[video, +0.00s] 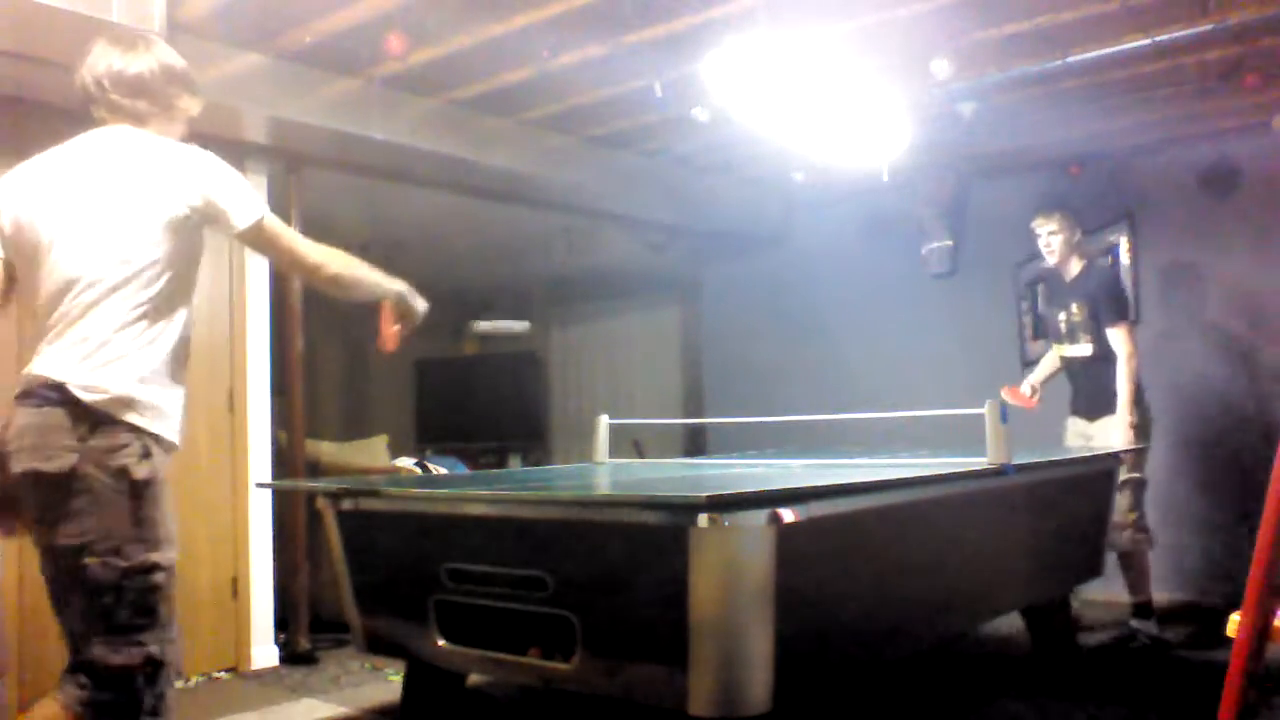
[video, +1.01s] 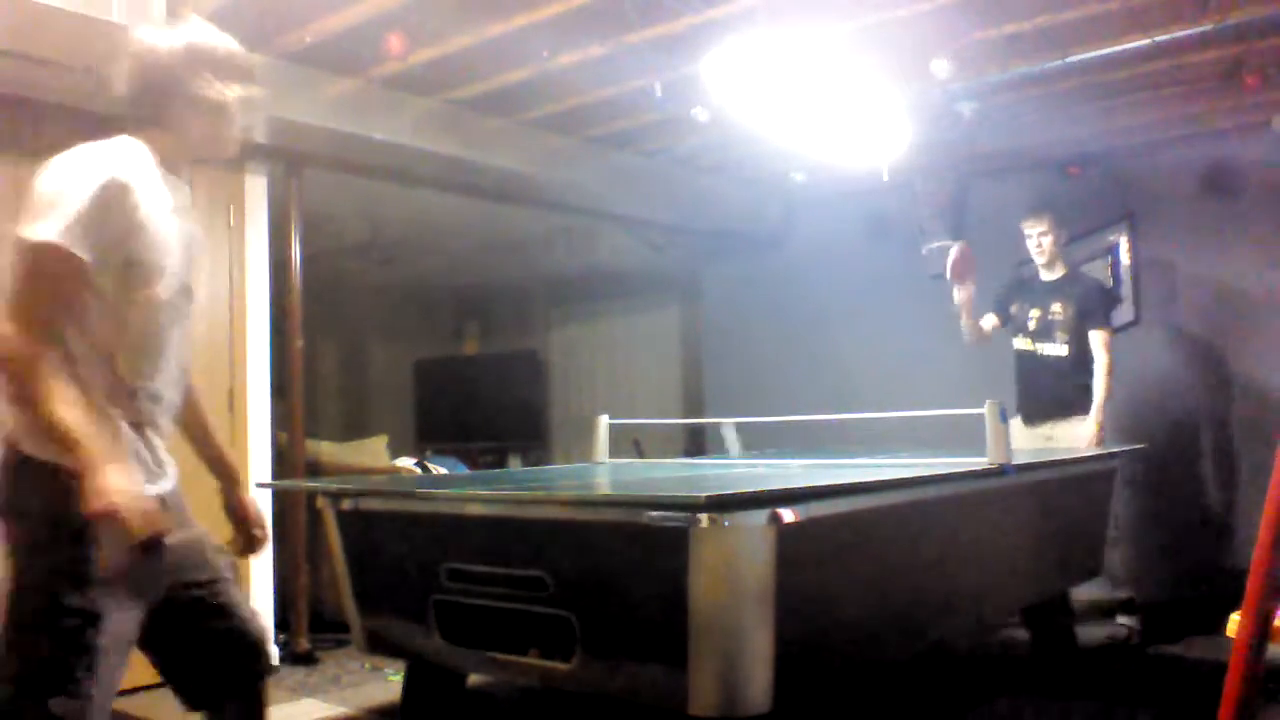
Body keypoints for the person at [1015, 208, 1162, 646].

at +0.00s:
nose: (1044, 243)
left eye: (1051, 234)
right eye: (1039, 237)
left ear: (1075, 233)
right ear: (1038, 243)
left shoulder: (1101, 278)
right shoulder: (1052, 287)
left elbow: (1125, 350)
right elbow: (1061, 347)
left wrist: (1124, 415)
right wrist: (1035, 380)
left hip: (1119, 417)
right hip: (1080, 420)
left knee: (1123, 521)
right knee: (1072, 514)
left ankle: (1143, 615)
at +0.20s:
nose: (1026, 253)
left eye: (1033, 243)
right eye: (1021, 246)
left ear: (1057, 241)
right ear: (1020, 250)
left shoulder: (1087, 287)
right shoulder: (1029, 295)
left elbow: (1121, 353)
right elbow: (1037, 360)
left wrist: (1108, 414)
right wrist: (1011, 395)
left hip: (1095, 425)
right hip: (1054, 426)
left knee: (1102, 525)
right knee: (1047, 522)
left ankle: (1138, 611)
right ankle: (1043, 613)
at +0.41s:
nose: (1004, 262)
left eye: (1009, 252)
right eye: (1001, 255)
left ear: (1033, 246)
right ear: (1009, 256)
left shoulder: (1070, 286)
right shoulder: (1024, 302)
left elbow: (1115, 342)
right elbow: (1016, 368)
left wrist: (1109, 411)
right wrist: (966, 407)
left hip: (1094, 426)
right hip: (1054, 431)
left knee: (1107, 527)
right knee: (1046, 526)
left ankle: (1141, 614)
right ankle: (1038, 613)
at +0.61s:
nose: (1009, 251)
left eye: (1014, 241)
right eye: (1005, 244)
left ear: (1039, 236)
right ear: (1010, 247)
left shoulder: (1071, 281)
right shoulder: (1015, 289)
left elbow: (1105, 340)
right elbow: (973, 326)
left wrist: (1105, 408)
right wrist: (930, 317)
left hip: (1083, 417)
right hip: (1042, 420)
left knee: (1100, 509)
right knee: (1038, 512)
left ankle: (1126, 602)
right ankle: (1035, 606)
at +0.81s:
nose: (1031, 244)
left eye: (1038, 235)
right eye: (1026, 238)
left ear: (1059, 234)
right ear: (1023, 242)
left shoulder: (1087, 285)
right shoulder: (1021, 283)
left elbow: (1110, 350)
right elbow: (964, 312)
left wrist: (1091, 409)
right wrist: (956, 273)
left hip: (1081, 418)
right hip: (1034, 422)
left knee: (1101, 512)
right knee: (1033, 518)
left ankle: (1127, 602)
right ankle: (1036, 609)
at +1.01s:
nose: (1035, 243)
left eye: (1043, 234)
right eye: (1029, 237)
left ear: (1061, 236)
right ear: (1024, 241)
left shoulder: (1088, 290)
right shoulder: (1018, 289)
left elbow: (1102, 360)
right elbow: (976, 336)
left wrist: (1096, 421)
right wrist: (965, 307)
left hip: (1076, 423)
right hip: (1027, 425)